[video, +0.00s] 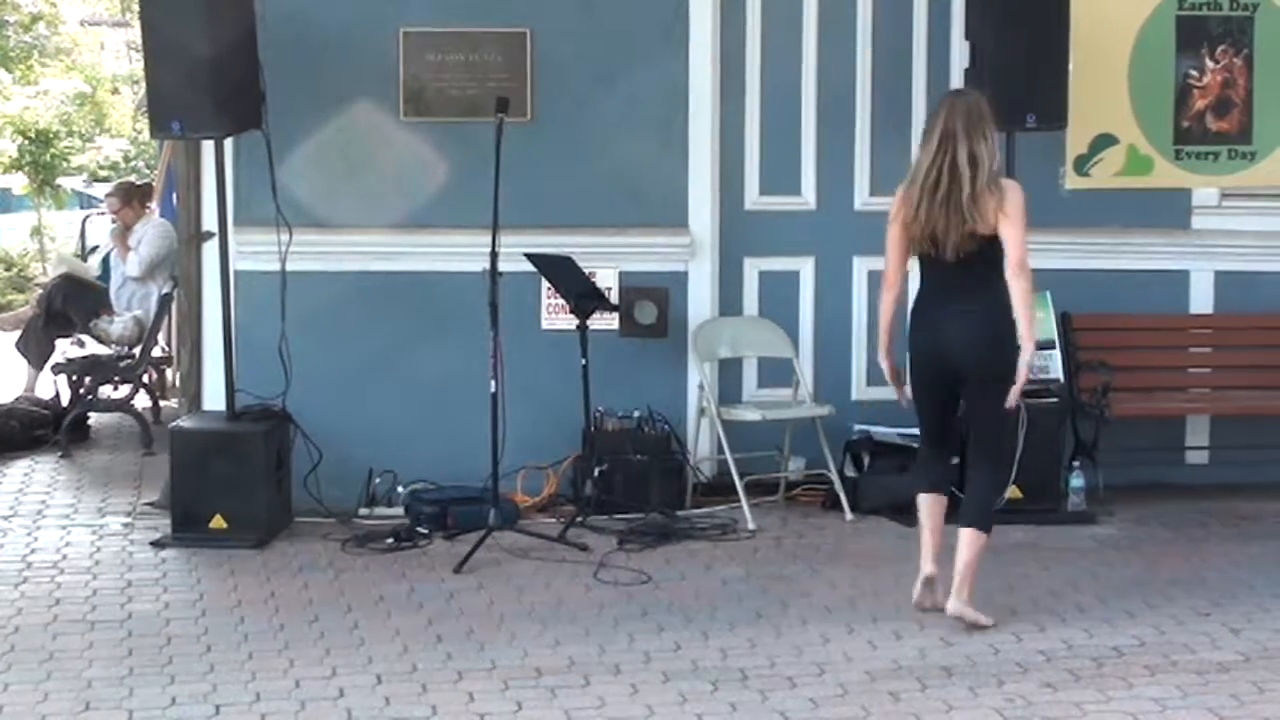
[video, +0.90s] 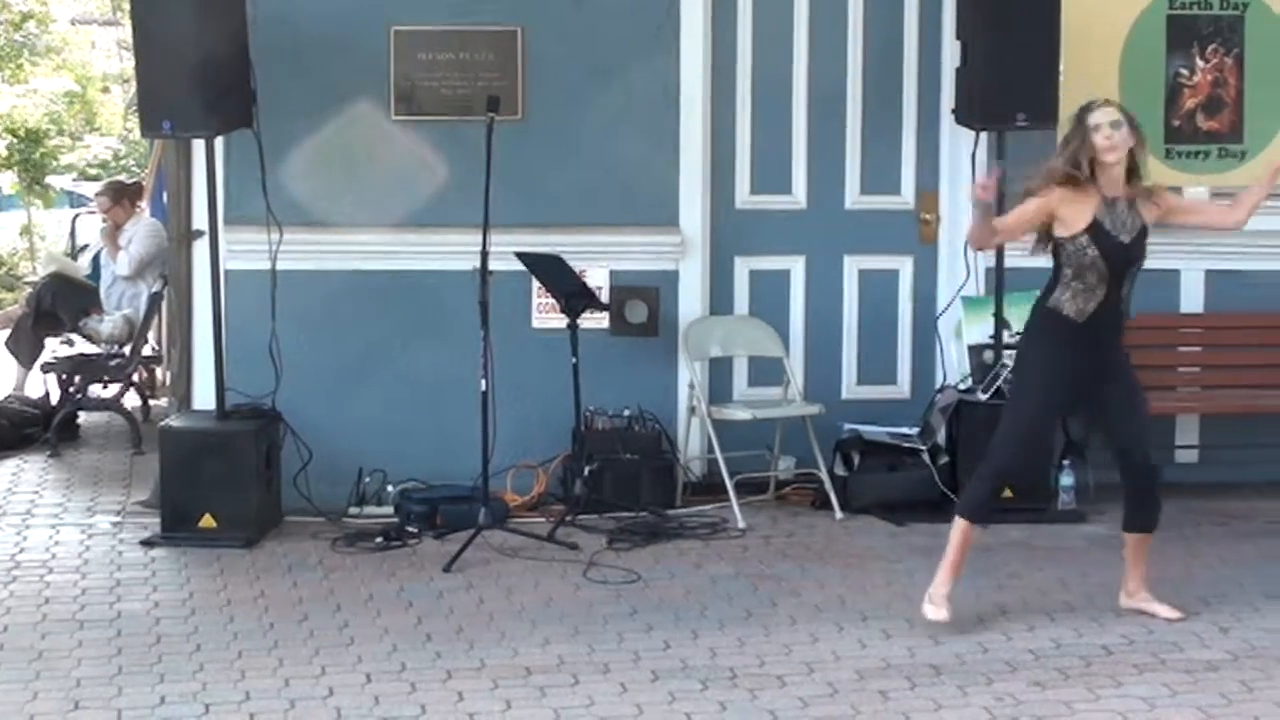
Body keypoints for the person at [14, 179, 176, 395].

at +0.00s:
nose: (114, 220)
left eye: (116, 213)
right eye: (112, 215)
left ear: (135, 206)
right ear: (132, 207)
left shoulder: (160, 230)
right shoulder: (123, 233)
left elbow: (137, 269)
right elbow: (94, 269)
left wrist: (121, 244)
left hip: (137, 317)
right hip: (114, 310)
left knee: (65, 285)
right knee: (43, 321)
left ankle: (31, 312)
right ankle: (29, 390)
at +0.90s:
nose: (105, 219)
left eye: (107, 212)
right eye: (102, 214)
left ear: (125, 204)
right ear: (122, 206)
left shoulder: (150, 229)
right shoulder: (113, 233)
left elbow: (127, 268)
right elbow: (84, 269)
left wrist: (110, 242)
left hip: (127, 317)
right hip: (105, 309)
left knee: (55, 283)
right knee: (33, 320)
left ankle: (25, 310)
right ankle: (18, 388)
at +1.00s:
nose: (89, 220)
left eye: (92, 213)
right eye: (86, 215)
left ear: (110, 204)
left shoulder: (135, 230)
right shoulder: (98, 235)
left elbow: (112, 269)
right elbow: (68, 271)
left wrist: (94, 244)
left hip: (114, 317)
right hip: (91, 309)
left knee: (37, 286)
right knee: (14, 323)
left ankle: (16, 311)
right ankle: (8, 384)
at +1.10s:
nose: (75, 219)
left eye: (77, 213)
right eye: (72, 215)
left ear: (96, 204)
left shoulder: (121, 230)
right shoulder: (84, 233)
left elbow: (100, 269)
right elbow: (55, 270)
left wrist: (81, 245)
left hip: (101, 319)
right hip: (76, 310)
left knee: (25, 286)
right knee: (9, 323)